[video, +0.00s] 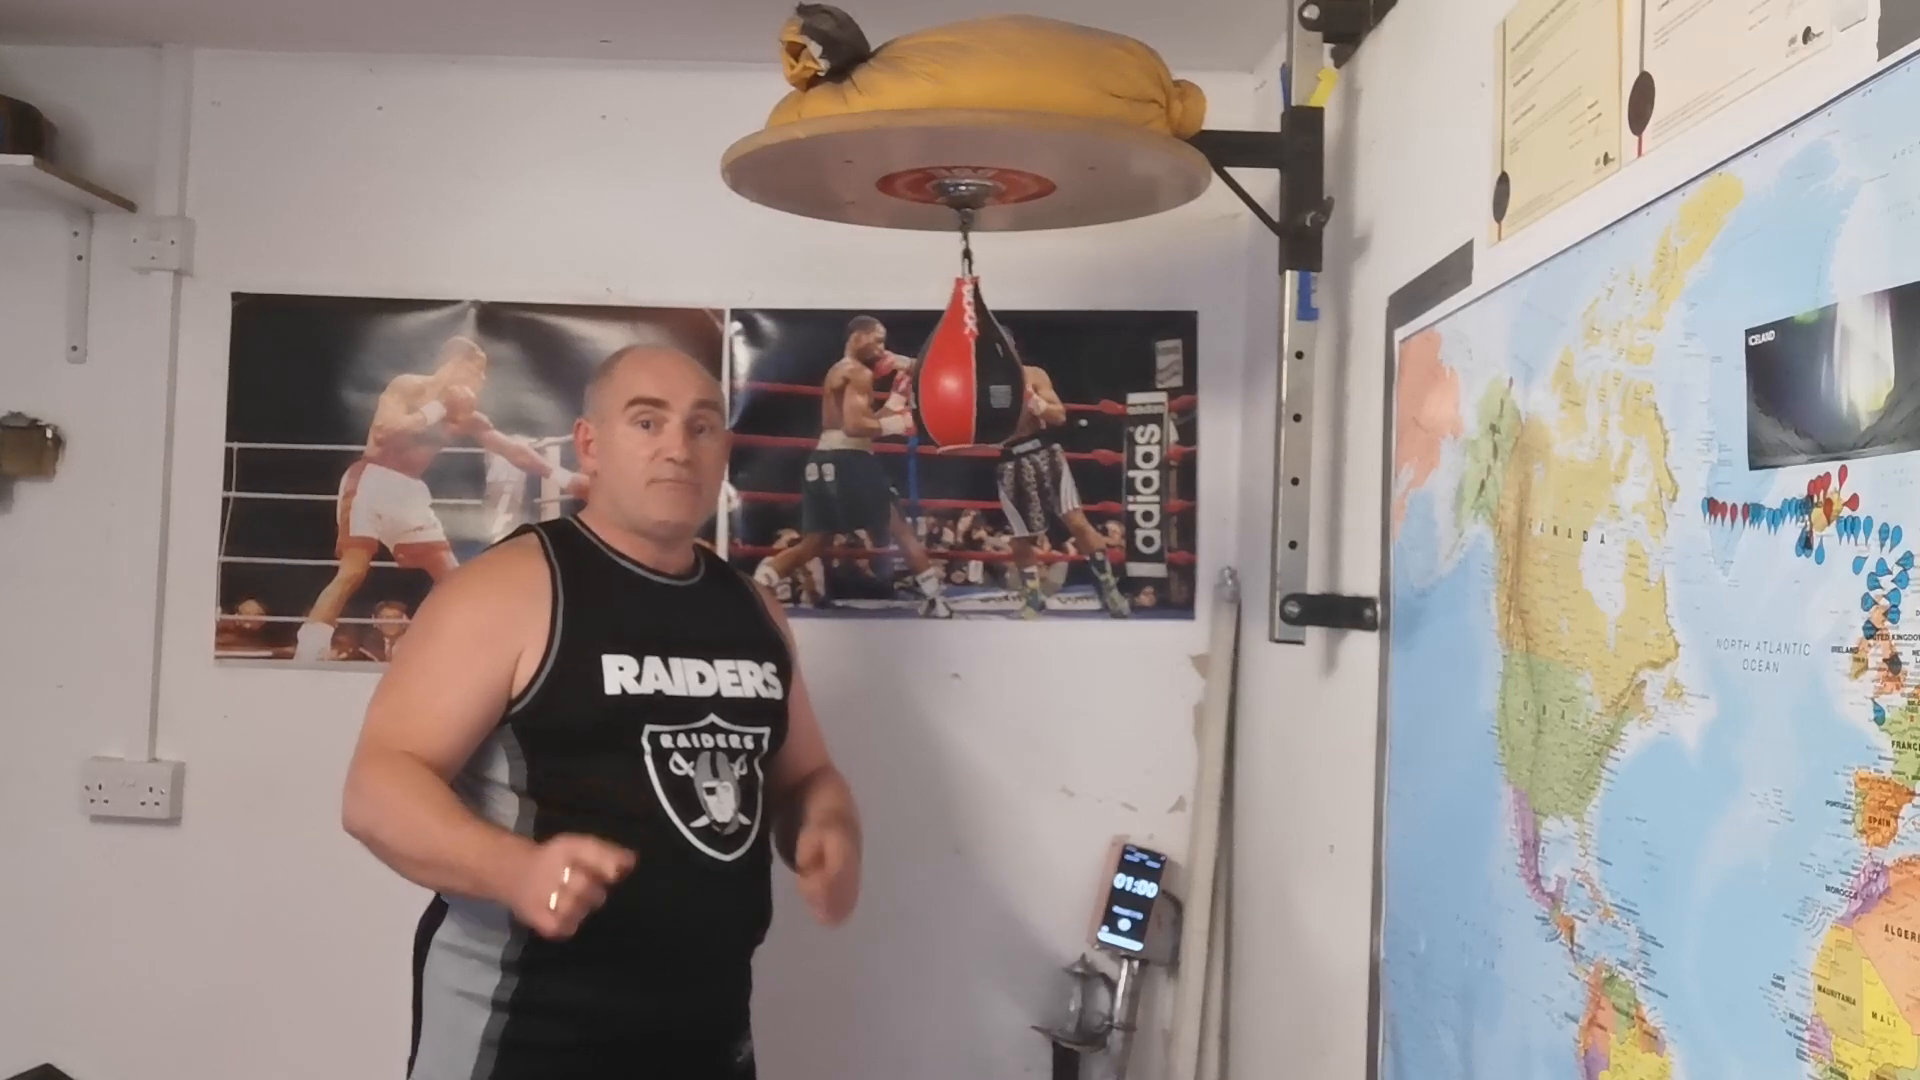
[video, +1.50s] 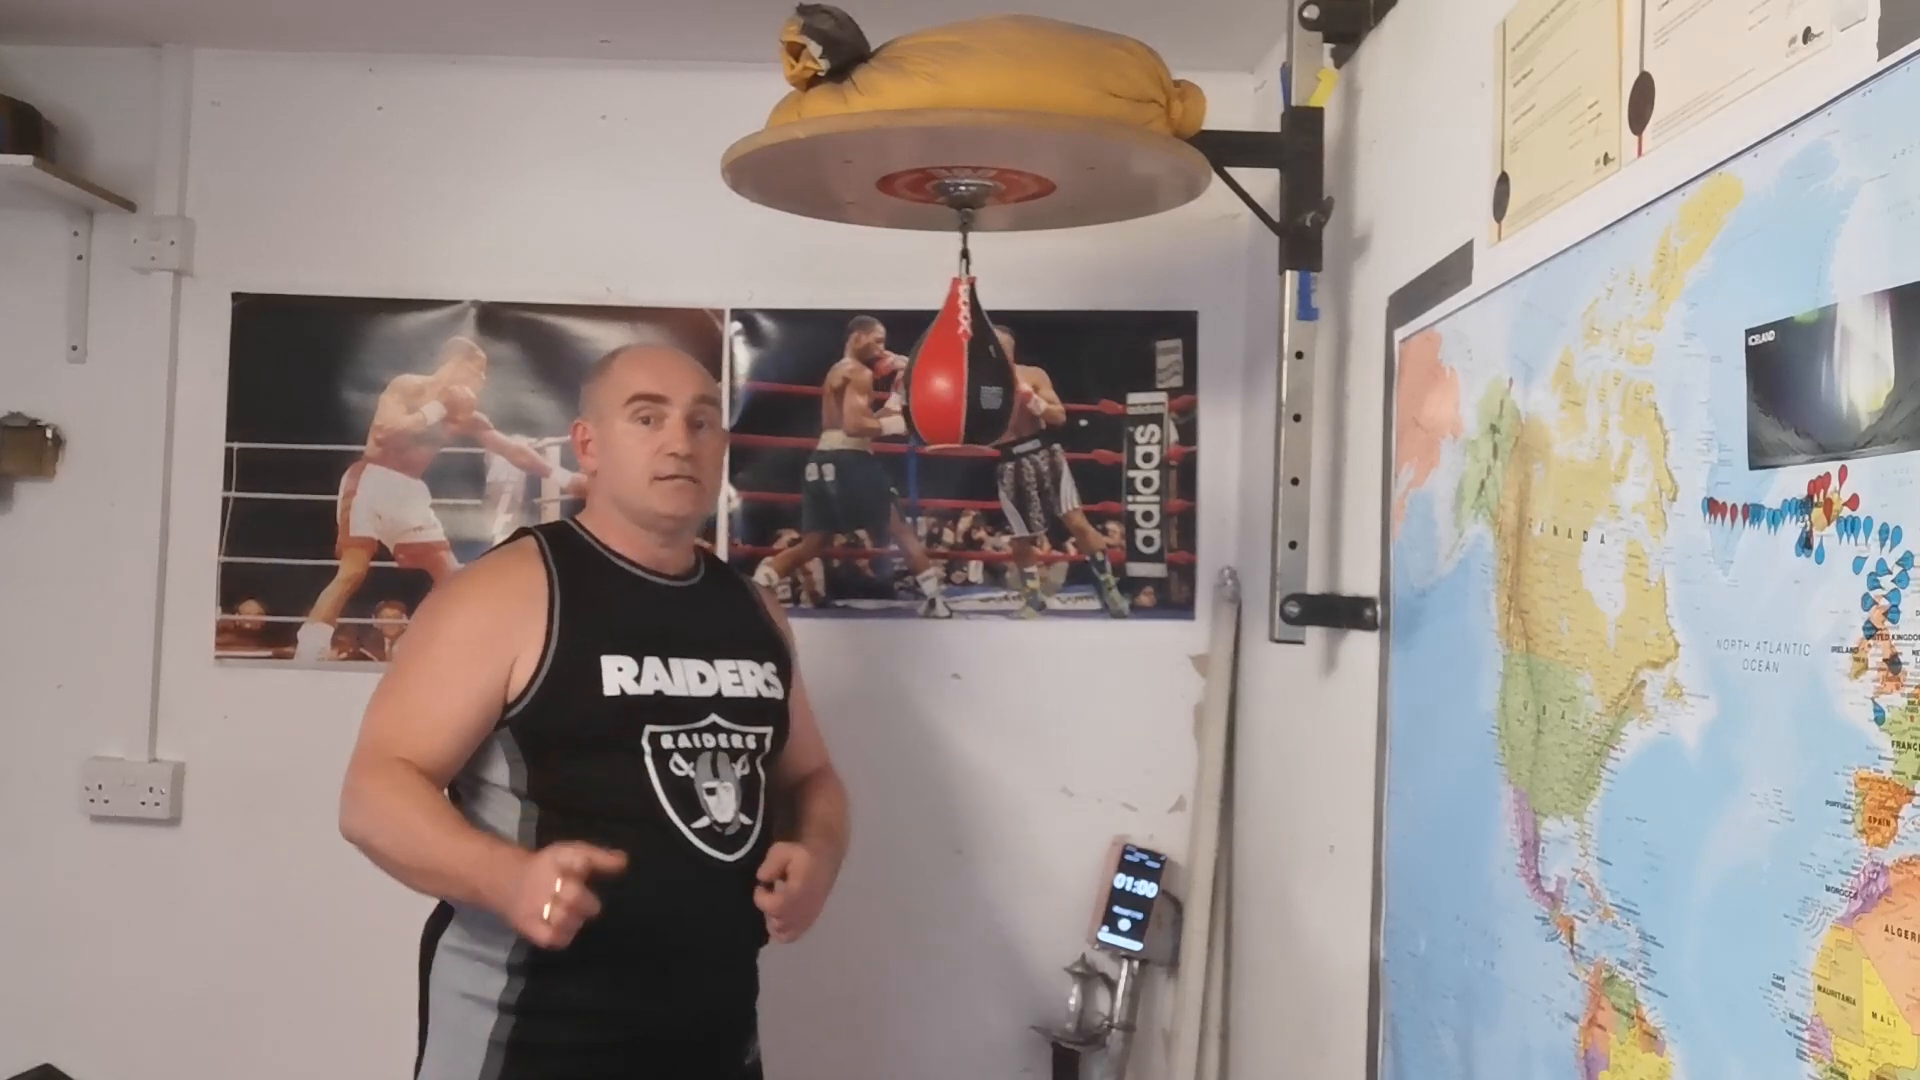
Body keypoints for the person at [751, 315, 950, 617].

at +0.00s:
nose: (881, 349)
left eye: (883, 343)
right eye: (878, 342)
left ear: (857, 340)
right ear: (858, 337)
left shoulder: (834, 372)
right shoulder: (858, 373)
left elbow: (848, 422)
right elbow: (854, 425)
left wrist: (886, 409)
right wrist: (894, 423)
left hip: (820, 463)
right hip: (852, 463)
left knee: (816, 541)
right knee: (901, 529)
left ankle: (756, 587)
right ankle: (935, 597)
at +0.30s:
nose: (882, 349)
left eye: (883, 342)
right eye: (878, 341)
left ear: (855, 340)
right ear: (857, 337)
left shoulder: (834, 372)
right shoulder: (859, 373)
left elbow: (837, 419)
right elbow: (854, 424)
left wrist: (877, 371)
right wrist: (886, 426)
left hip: (820, 462)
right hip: (852, 462)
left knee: (815, 542)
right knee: (901, 529)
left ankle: (755, 588)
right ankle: (935, 597)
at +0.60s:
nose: (881, 349)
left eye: (883, 343)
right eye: (878, 341)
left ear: (855, 340)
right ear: (857, 337)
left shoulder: (834, 373)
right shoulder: (859, 373)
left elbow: (844, 421)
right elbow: (854, 425)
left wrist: (886, 411)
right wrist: (892, 424)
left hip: (820, 463)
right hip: (852, 462)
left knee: (815, 541)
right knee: (901, 530)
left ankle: (755, 588)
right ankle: (935, 597)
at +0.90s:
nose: (881, 349)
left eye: (883, 343)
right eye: (878, 342)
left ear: (856, 340)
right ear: (857, 337)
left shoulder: (834, 373)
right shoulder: (859, 373)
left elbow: (846, 422)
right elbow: (854, 425)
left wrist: (887, 409)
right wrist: (895, 423)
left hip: (820, 463)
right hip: (852, 463)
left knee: (814, 542)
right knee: (901, 529)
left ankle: (756, 587)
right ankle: (936, 597)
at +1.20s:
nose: (881, 348)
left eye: (883, 342)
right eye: (878, 341)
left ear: (854, 340)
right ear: (858, 337)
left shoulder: (833, 373)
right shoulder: (859, 373)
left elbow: (835, 420)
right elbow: (854, 424)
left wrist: (878, 375)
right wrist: (888, 425)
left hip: (820, 462)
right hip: (852, 462)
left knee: (814, 542)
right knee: (902, 531)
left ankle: (755, 587)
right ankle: (936, 599)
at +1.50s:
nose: (881, 349)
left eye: (883, 343)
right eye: (877, 342)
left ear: (856, 340)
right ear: (857, 338)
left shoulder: (834, 373)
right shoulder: (859, 373)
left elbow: (861, 419)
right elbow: (854, 425)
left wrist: (888, 406)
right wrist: (891, 424)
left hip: (820, 463)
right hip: (852, 463)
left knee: (815, 542)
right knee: (901, 529)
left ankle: (756, 587)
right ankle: (935, 597)